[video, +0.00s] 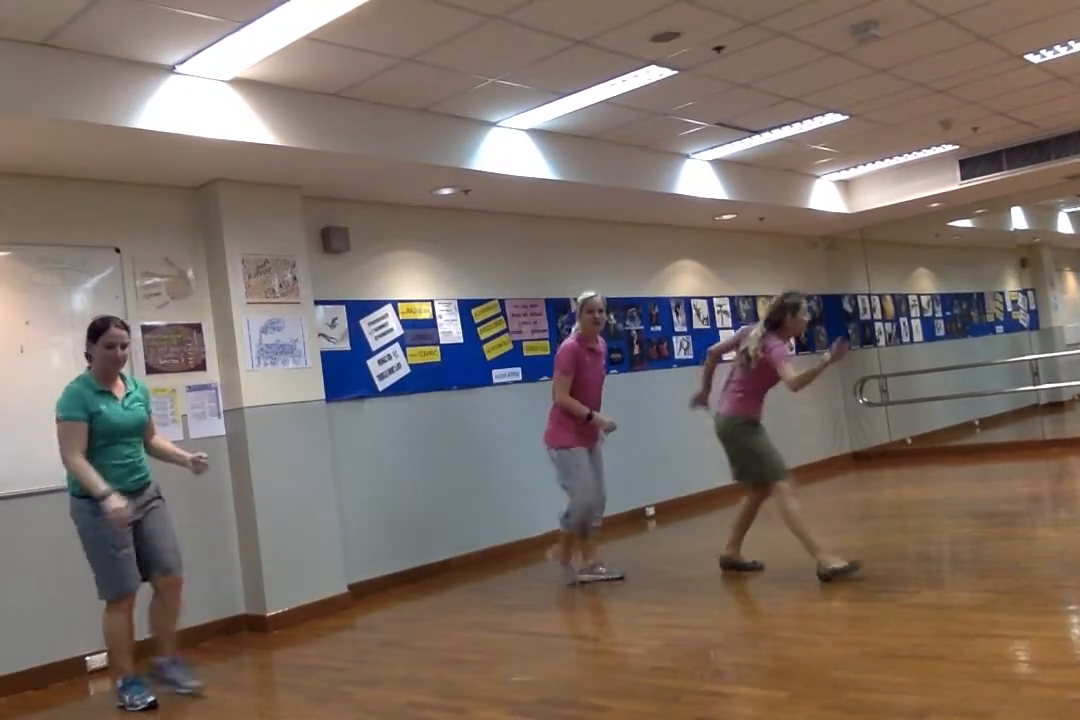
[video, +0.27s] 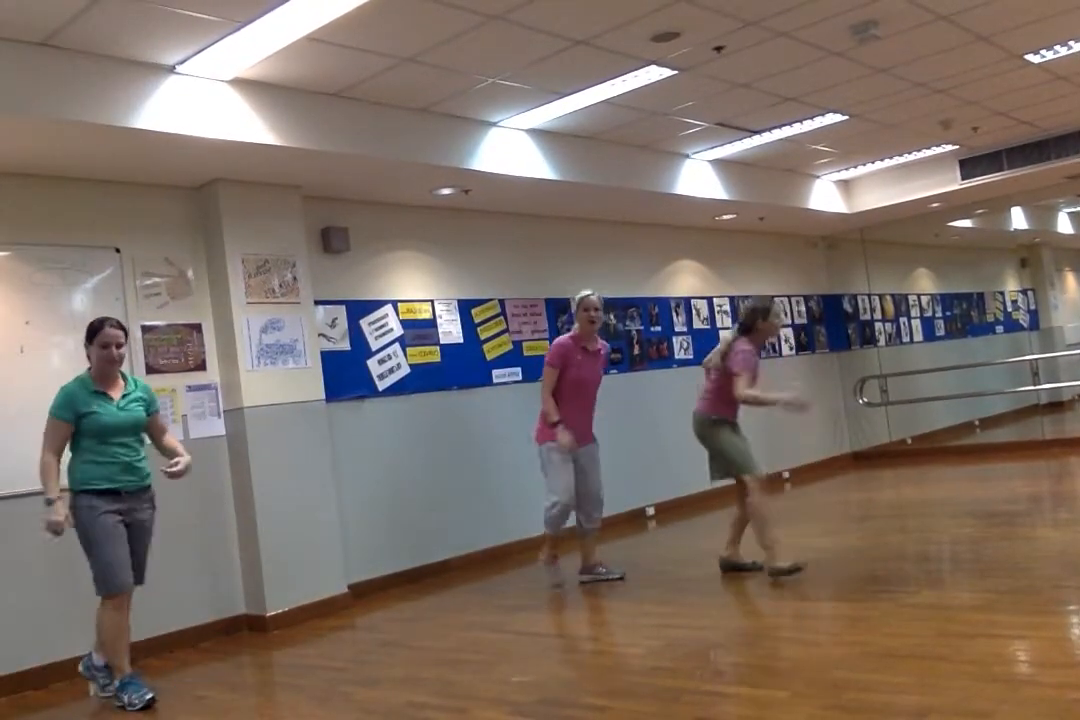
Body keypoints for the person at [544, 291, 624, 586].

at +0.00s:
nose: (597, 316)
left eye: (601, 312)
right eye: (591, 312)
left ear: (605, 315)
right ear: (580, 316)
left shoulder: (600, 348)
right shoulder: (569, 350)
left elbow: (590, 390)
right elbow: (560, 396)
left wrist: (593, 423)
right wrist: (596, 417)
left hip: (587, 434)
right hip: (564, 436)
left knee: (595, 498)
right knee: (584, 497)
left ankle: (588, 561)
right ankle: (561, 553)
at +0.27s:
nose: (593, 314)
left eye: (597, 310)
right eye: (587, 310)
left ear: (603, 314)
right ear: (576, 314)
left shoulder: (602, 349)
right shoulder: (562, 346)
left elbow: (588, 391)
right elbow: (546, 393)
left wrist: (586, 425)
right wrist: (558, 427)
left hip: (585, 435)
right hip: (555, 434)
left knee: (591, 500)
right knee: (563, 499)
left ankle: (589, 563)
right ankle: (549, 549)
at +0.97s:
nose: (544, 304)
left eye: (549, 299)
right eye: (538, 300)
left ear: (557, 305)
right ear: (529, 307)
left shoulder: (573, 345)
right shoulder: (519, 346)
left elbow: (577, 391)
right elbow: (512, 393)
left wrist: (581, 432)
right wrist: (522, 429)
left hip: (570, 439)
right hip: (535, 443)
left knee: (580, 504)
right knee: (539, 513)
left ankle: (580, 584)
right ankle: (547, 581)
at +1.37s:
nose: (569, 300)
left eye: (574, 294)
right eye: (562, 296)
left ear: (583, 300)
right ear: (553, 303)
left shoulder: (597, 340)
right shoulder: (543, 342)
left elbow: (618, 386)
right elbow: (530, 390)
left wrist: (643, 414)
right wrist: (526, 436)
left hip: (595, 435)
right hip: (561, 434)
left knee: (587, 513)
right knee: (602, 489)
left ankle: (573, 591)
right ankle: (580, 576)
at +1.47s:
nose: (580, 299)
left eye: (585, 294)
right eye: (573, 295)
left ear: (594, 300)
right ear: (564, 303)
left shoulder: (606, 339)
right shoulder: (555, 341)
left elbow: (628, 382)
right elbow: (539, 391)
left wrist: (651, 402)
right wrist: (531, 435)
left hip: (602, 434)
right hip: (571, 435)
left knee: (598, 512)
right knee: (610, 496)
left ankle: (573, 590)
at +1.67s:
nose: (607, 311)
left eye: (611, 305)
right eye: (600, 307)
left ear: (619, 309)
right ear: (590, 314)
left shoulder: (623, 347)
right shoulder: (585, 350)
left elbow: (619, 397)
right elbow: (563, 401)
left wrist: (643, 431)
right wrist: (580, 436)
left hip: (612, 442)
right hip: (586, 444)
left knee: (626, 508)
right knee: (627, 503)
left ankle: (576, 553)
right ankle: (640, 584)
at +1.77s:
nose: (609, 319)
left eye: (614, 312)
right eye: (602, 315)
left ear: (621, 316)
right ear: (593, 321)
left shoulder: (621, 349)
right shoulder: (591, 358)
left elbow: (611, 392)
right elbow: (577, 411)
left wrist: (617, 422)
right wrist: (605, 423)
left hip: (606, 442)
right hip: (585, 446)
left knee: (620, 507)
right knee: (633, 503)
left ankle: (565, 543)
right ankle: (640, 585)